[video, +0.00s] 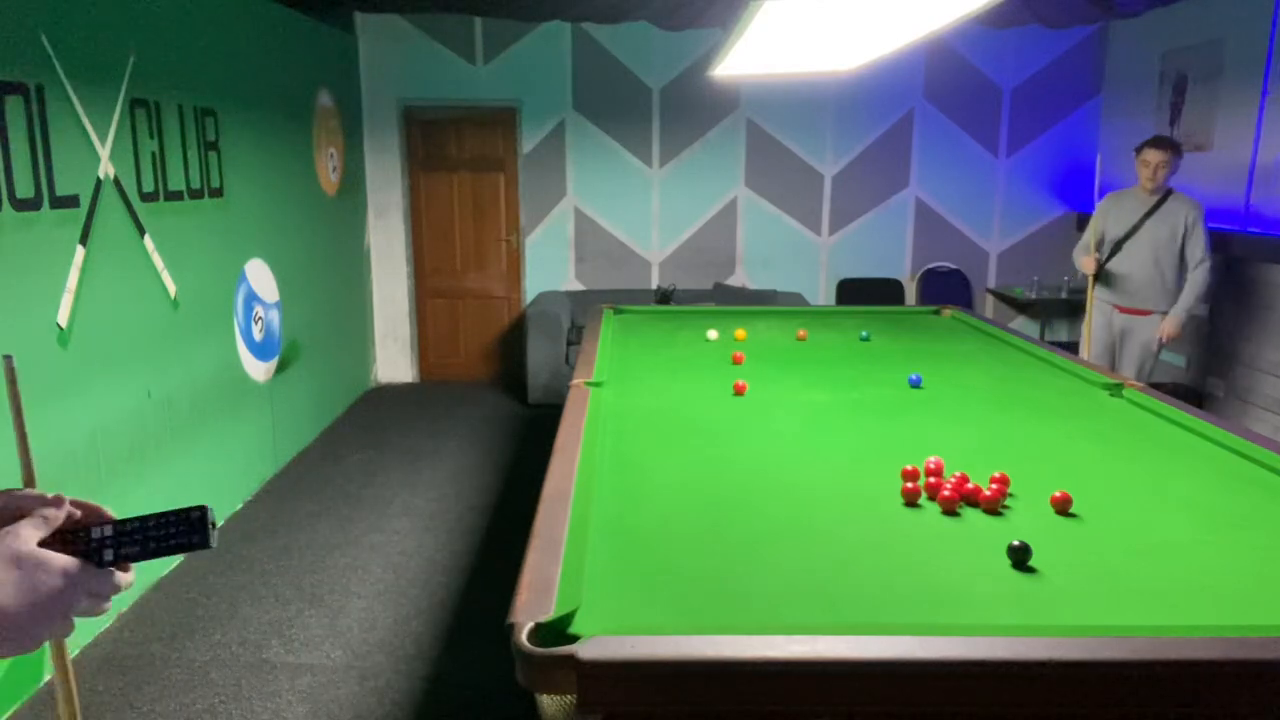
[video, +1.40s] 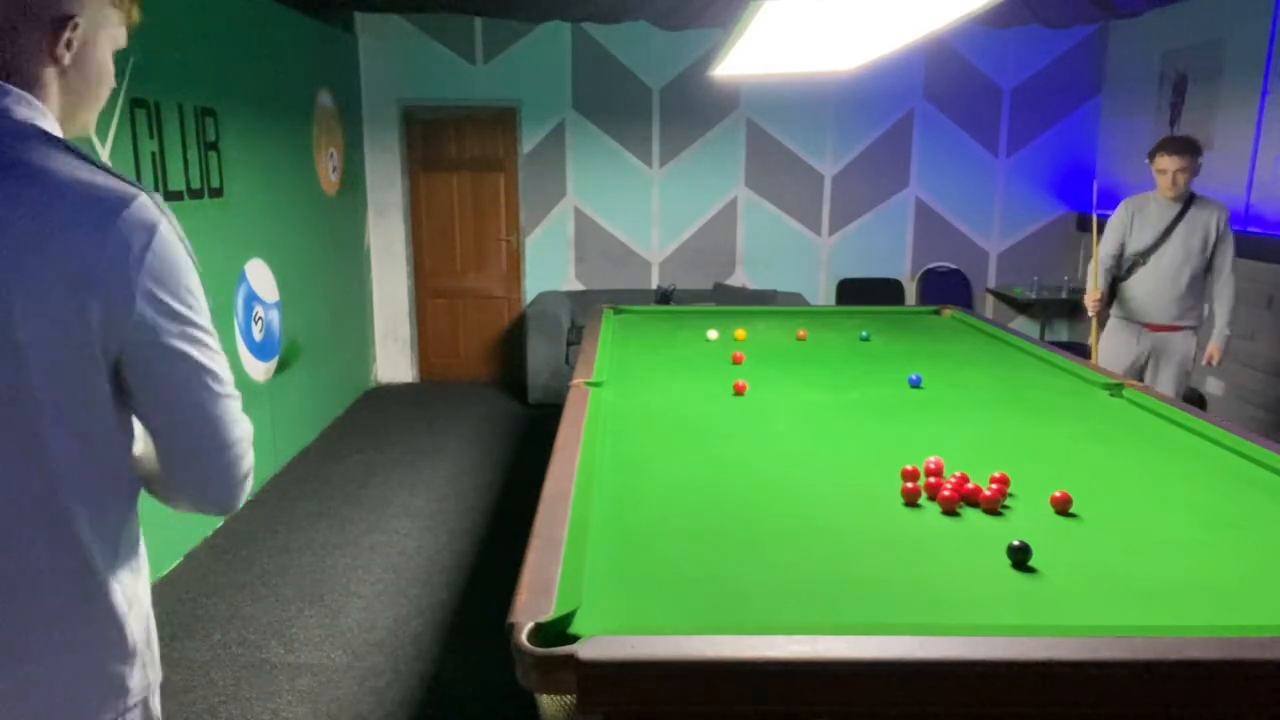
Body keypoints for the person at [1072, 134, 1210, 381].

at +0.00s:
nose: (1152, 172)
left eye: (1161, 166)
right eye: (1146, 164)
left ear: (1173, 170)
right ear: (1136, 163)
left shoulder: (1187, 212)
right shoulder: (1111, 203)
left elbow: (1200, 268)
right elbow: (1082, 248)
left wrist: (1177, 316)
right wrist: (1084, 260)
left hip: (1149, 318)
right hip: (1103, 310)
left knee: (1128, 395)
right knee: (1089, 386)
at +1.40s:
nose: (1171, 180)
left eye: (1180, 172)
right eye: (1163, 172)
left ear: (1195, 171)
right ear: (1153, 171)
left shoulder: (1214, 216)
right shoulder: (1129, 210)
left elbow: (1223, 280)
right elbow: (1103, 258)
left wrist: (1218, 338)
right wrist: (1095, 291)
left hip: (1176, 338)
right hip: (1124, 330)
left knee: (1160, 423)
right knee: (1100, 412)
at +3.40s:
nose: (1161, 189)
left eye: (1171, 181)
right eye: (1159, 180)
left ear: (1202, 175)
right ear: (1156, 176)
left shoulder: (1228, 224)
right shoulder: (1153, 213)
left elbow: (1235, 302)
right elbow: (1127, 276)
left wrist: (1173, 343)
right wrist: (1094, 328)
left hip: (1182, 366)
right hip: (1131, 352)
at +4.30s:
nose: (1119, 190)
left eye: (1126, 181)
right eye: (1114, 182)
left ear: (1154, 170)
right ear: (1110, 179)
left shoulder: (1186, 217)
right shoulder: (1107, 213)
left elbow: (1191, 291)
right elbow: (1087, 273)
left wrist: (1127, 325)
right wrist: (1075, 325)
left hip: (1153, 355)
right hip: (1102, 349)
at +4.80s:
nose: (1140, 194)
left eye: (1151, 185)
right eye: (1133, 183)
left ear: (1176, 177)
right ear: (1128, 177)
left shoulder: (1204, 224)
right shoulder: (1111, 215)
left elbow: (1217, 294)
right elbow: (1087, 274)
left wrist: (1176, 339)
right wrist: (1078, 325)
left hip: (1167, 363)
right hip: (1110, 354)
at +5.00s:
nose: (1177, 194)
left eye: (1190, 185)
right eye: (1170, 183)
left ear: (1214, 179)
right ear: (1164, 176)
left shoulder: (1238, 228)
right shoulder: (1143, 215)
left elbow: (1251, 297)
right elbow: (1112, 275)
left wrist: (1198, 329)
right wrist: (1100, 329)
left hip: (1194, 366)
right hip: (1136, 357)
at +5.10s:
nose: (1208, 198)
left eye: (1221, 188)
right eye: (1200, 185)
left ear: (1242, 183)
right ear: (1192, 177)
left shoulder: (1263, 228)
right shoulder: (1165, 217)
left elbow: (1272, 298)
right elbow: (1132, 277)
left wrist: (1215, 286)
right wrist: (1121, 329)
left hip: (1212, 369)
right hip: (1150, 359)